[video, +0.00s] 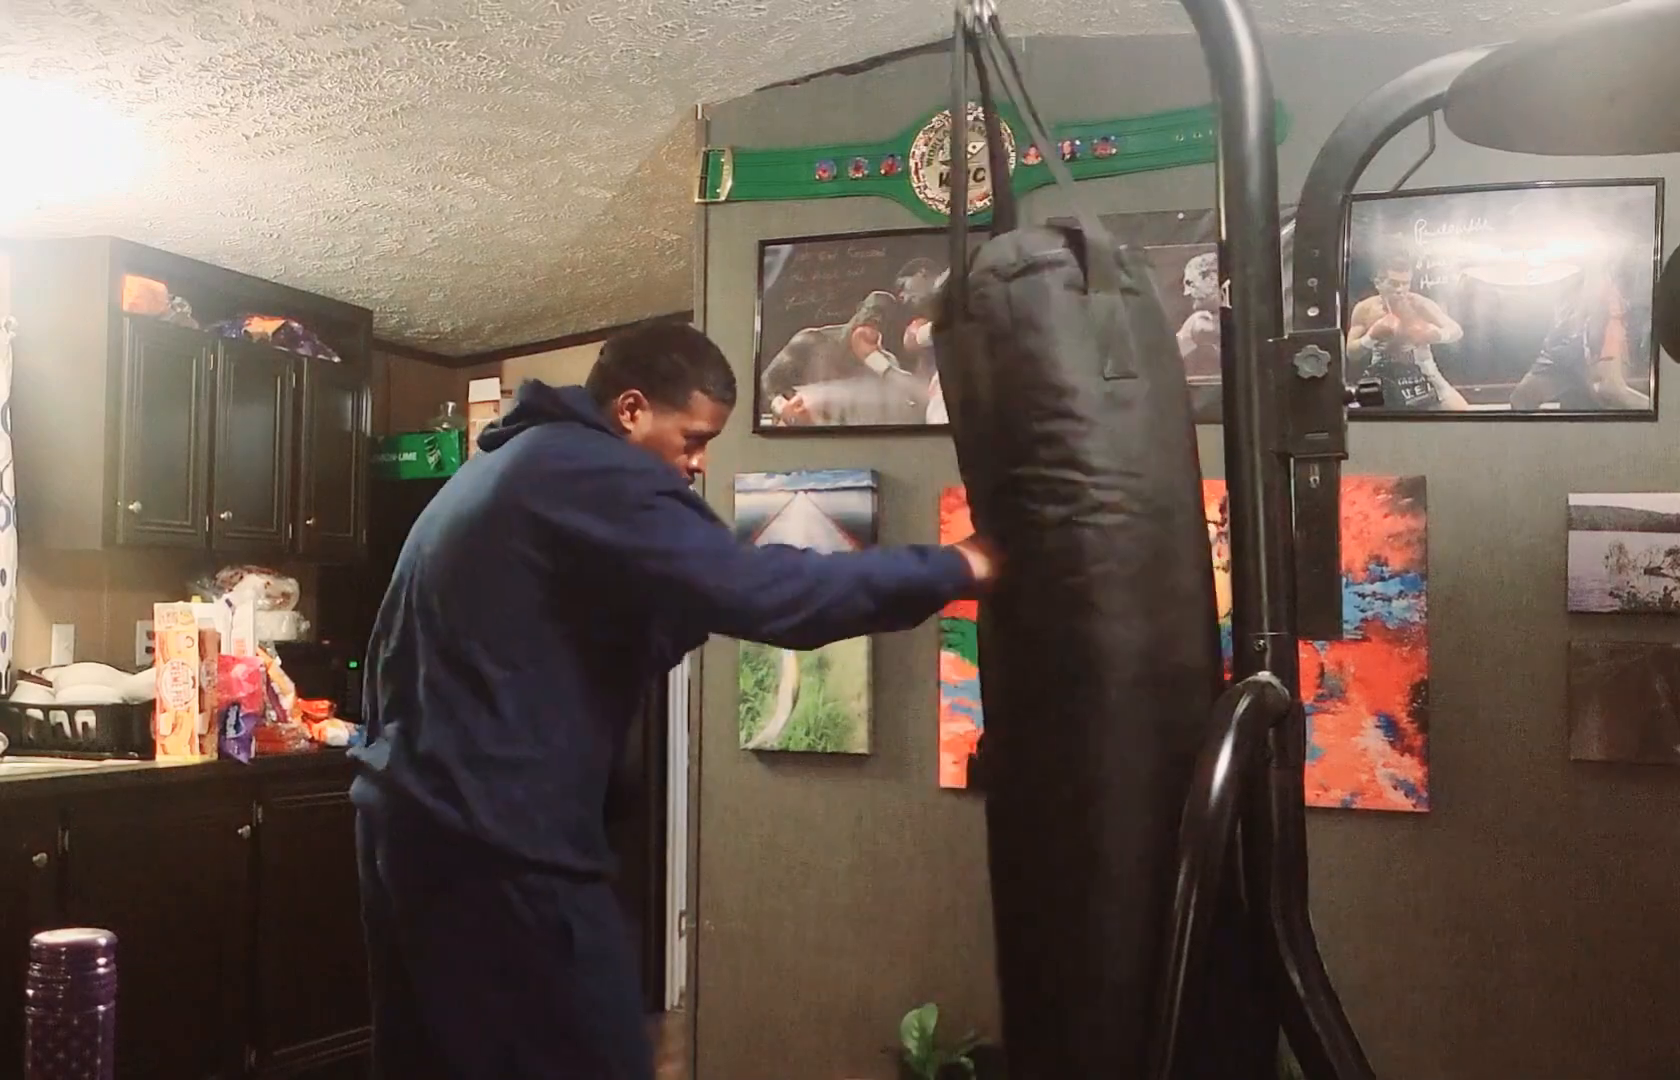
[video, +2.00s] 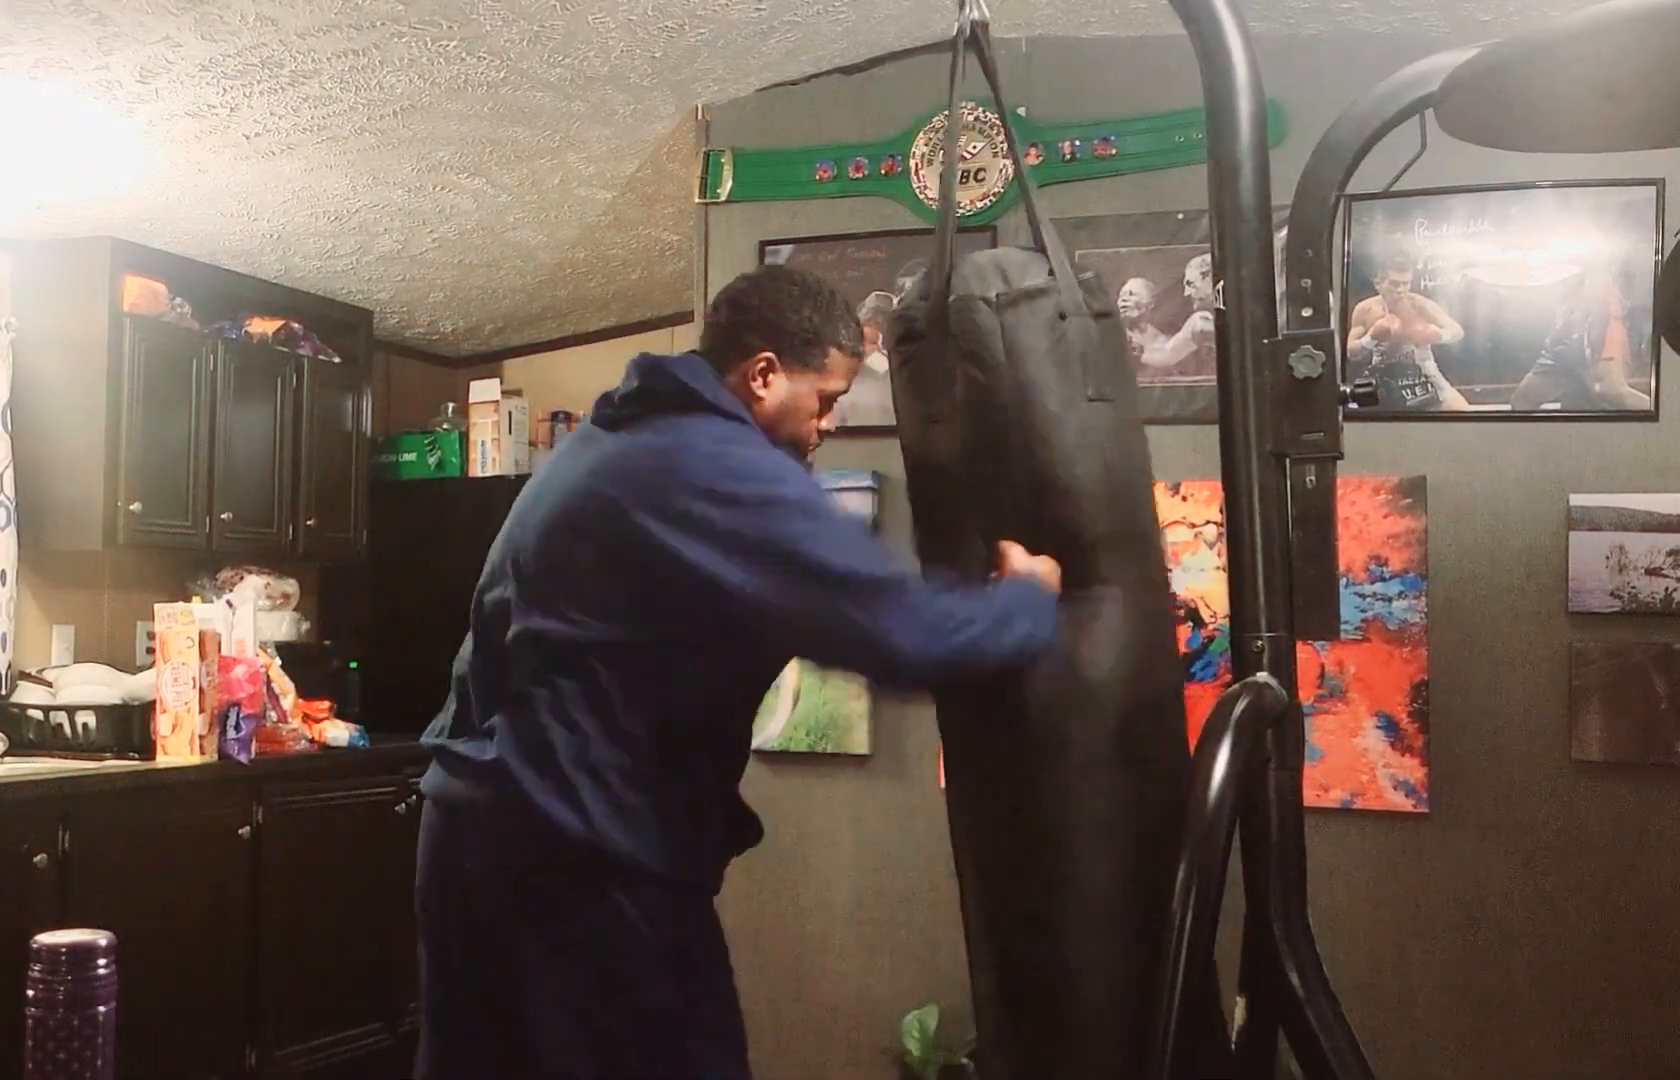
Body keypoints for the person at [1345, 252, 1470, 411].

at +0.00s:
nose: (1401, 290)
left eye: (1405, 284)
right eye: (1394, 284)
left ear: (1410, 283)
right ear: (1378, 283)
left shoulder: (1421, 304)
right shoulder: (1364, 309)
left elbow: (1456, 331)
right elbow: (1351, 354)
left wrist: (1433, 334)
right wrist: (1372, 336)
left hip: (1425, 378)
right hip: (1383, 380)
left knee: (1463, 413)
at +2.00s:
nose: (1401, 290)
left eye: (1406, 284)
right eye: (1394, 284)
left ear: (1410, 283)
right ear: (1378, 283)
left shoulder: (1420, 304)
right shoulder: (1364, 310)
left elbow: (1457, 331)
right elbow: (1351, 353)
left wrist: (1434, 334)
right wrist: (1373, 336)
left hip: (1427, 381)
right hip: (1384, 384)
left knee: (1465, 415)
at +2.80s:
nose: (1401, 291)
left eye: (1406, 284)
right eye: (1395, 285)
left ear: (1411, 282)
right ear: (1378, 283)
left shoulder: (1421, 305)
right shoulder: (1365, 311)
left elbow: (1457, 331)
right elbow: (1352, 354)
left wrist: (1435, 335)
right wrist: (1373, 337)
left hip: (1428, 382)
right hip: (1385, 385)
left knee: (1467, 417)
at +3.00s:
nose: (1401, 290)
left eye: (1406, 284)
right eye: (1394, 284)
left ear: (1411, 282)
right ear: (1378, 283)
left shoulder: (1422, 305)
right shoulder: (1364, 310)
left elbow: (1457, 331)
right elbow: (1351, 354)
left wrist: (1434, 335)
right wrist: (1373, 337)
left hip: (1426, 381)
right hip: (1383, 383)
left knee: (1467, 417)